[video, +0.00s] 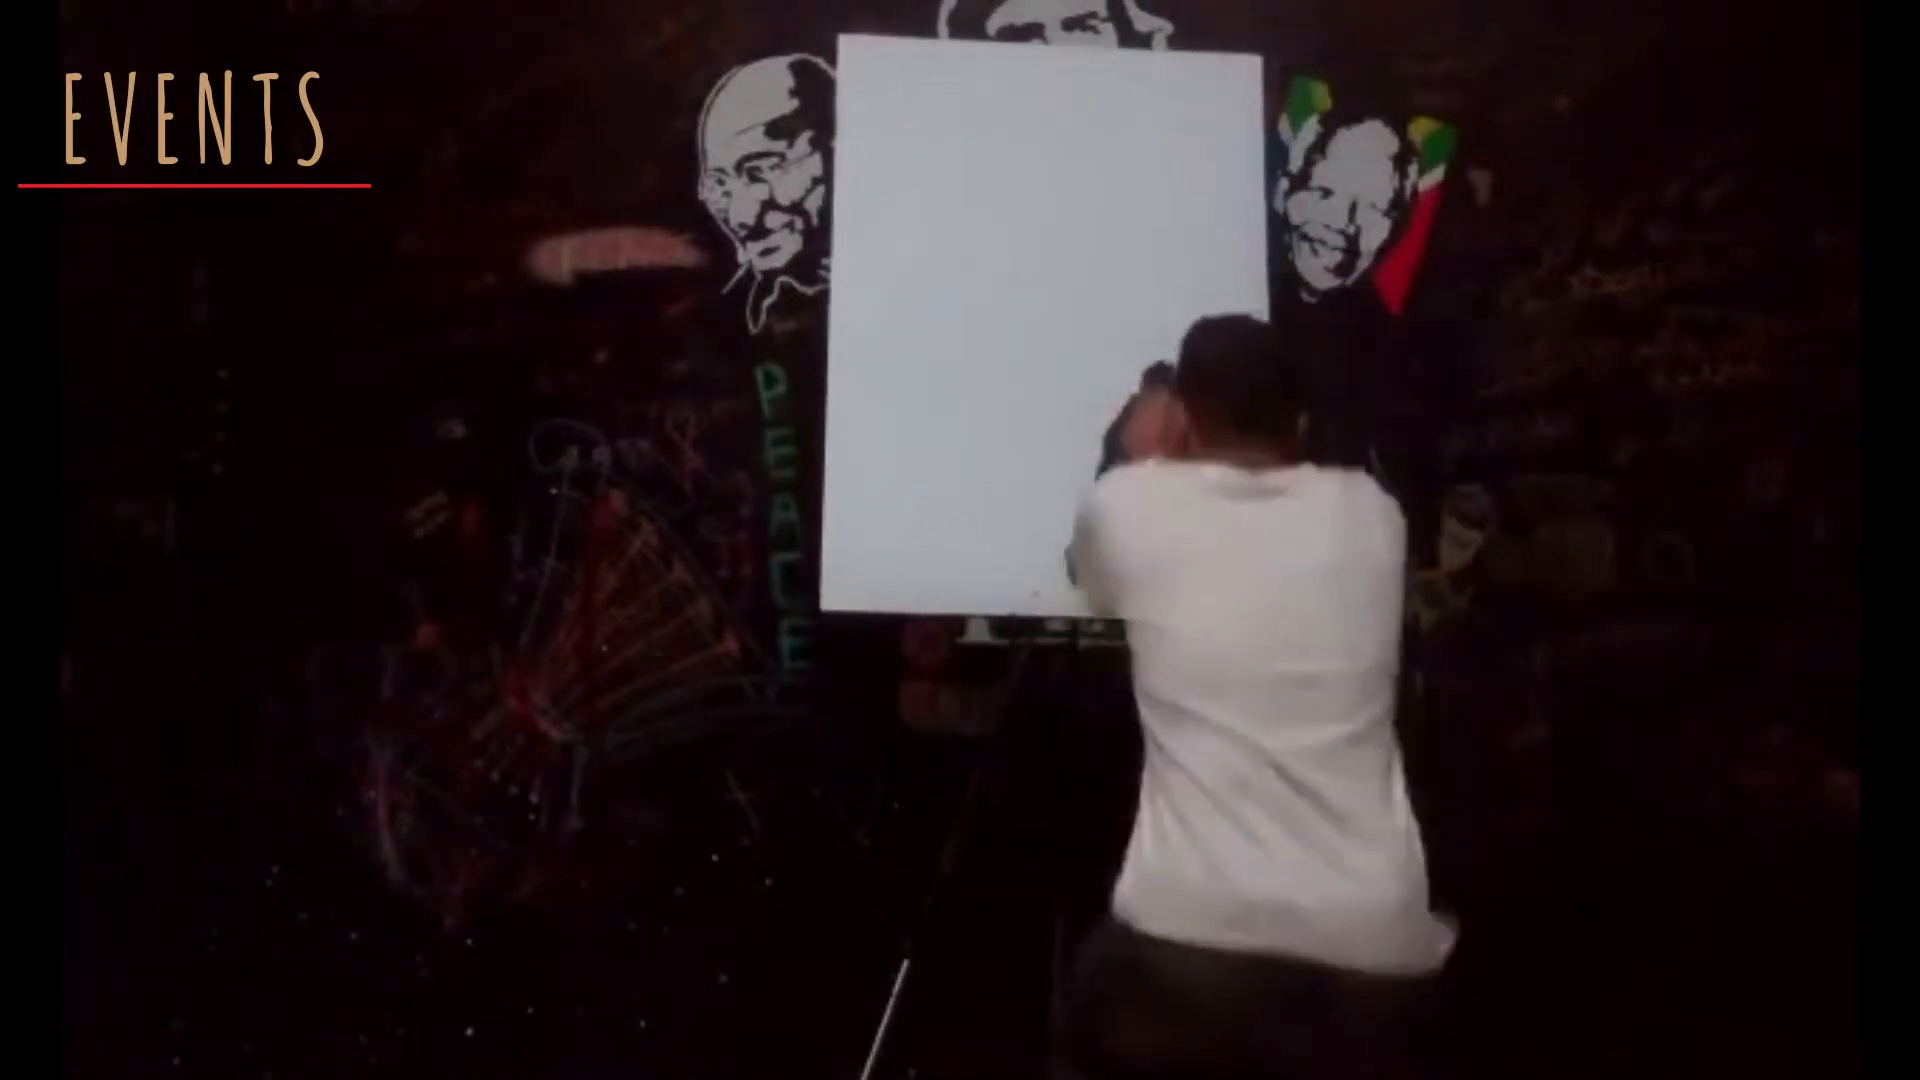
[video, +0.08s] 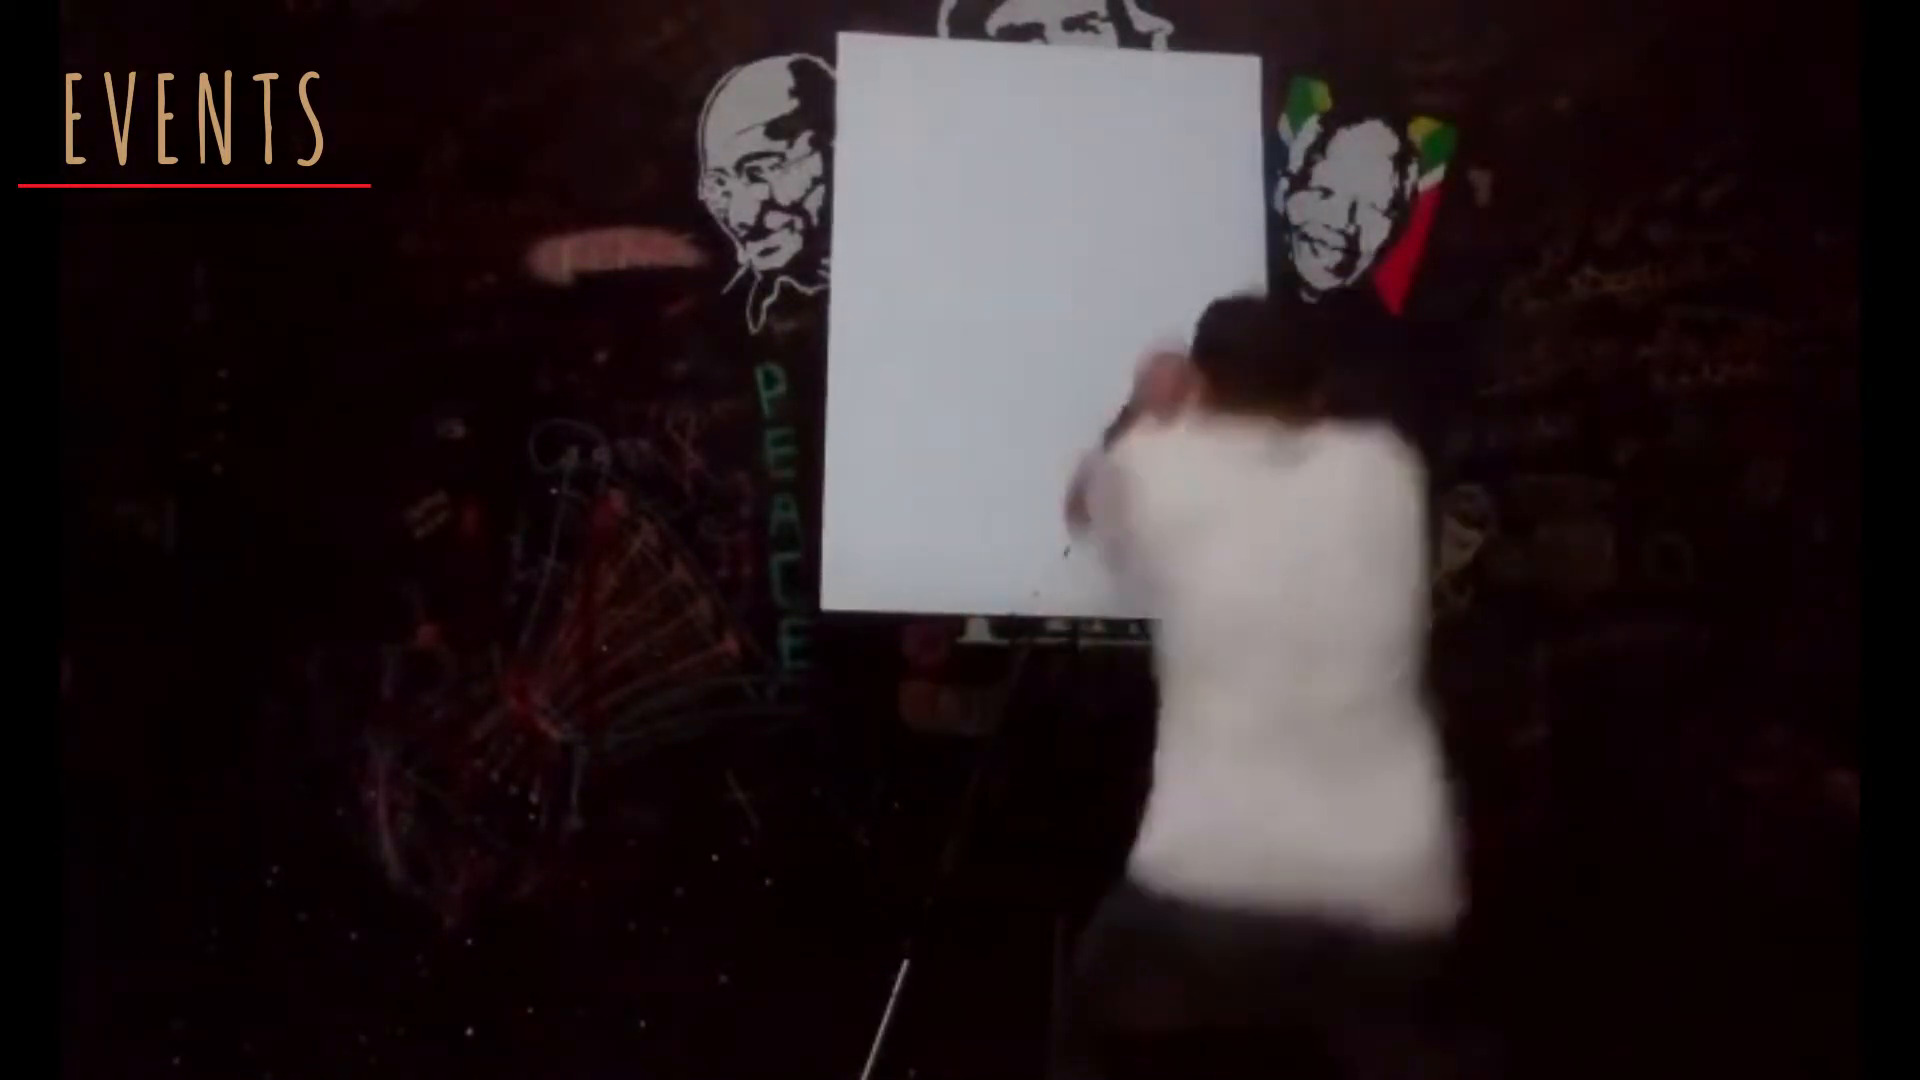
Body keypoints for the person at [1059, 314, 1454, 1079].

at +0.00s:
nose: (1171, 408)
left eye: (1179, 397)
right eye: (1177, 397)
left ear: (1191, 415)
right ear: (1298, 416)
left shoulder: (1131, 510)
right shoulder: (1374, 514)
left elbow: (1096, 574)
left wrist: (1133, 459)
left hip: (1189, 917)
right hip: (1376, 926)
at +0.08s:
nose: (1193, 378)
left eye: (1202, 368)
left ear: (1206, 382)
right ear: (1315, 380)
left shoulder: (1158, 468)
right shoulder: (1390, 472)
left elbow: (1092, 507)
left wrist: (1144, 415)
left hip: (1209, 882)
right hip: (1394, 887)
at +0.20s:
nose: (1208, 365)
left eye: (1214, 352)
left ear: (1222, 356)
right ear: (1334, 352)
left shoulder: (1191, 433)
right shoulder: (1414, 436)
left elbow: (1087, 462)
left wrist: (1147, 378)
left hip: (1243, 845)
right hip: (1433, 854)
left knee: (1110, 1018)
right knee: (1444, 1041)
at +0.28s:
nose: (1264, 313)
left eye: (1259, 297)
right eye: (1264, 300)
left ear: (1273, 286)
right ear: (1376, 277)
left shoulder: (1260, 344)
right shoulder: (1489, 347)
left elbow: (1122, 417)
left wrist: (1174, 301)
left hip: (1354, 770)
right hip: (1551, 773)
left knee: (1189, 988)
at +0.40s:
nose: (1304, 249)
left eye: (1305, 231)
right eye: (1311, 233)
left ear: (1316, 227)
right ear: (1417, 220)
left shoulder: (1317, 303)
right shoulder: (1541, 310)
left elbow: (1152, 422)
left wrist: (1205, 315)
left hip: (1424, 737)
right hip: (1625, 735)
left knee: (1261, 980)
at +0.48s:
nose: (1365, 208)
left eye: (1368, 192)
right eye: (1364, 195)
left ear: (1395, 176)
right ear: (1477, 167)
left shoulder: (1388, 261)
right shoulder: (1638, 252)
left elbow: (1294, 473)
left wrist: (1260, 441)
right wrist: (1371, 464)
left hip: (1544, 691)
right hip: (1742, 678)